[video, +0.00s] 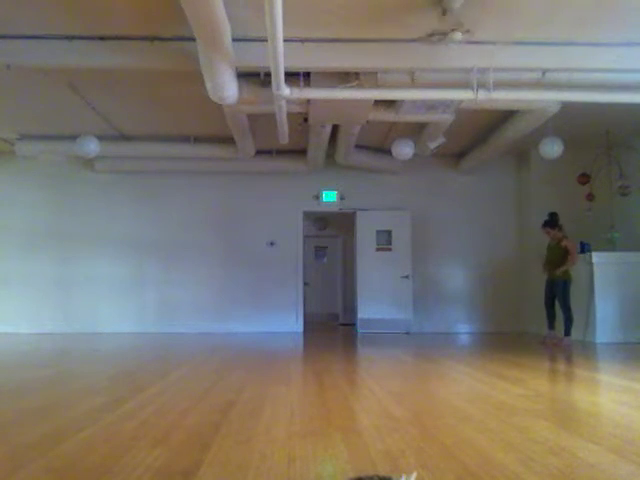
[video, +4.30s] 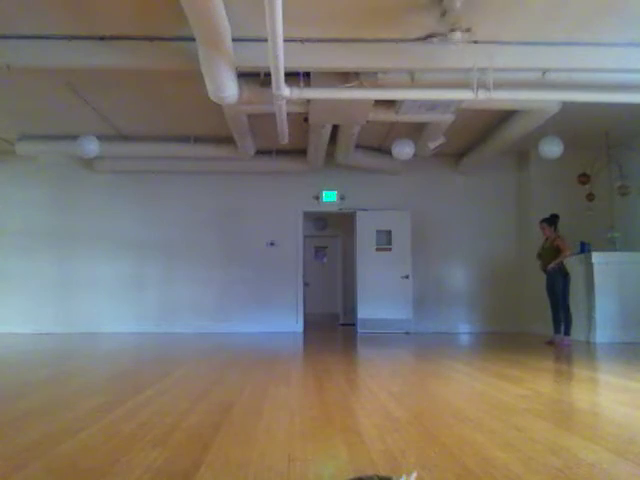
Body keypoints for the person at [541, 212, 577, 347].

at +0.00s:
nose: (548, 235)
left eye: (549, 232)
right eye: (546, 233)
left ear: (555, 229)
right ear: (548, 232)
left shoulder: (566, 242)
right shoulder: (551, 243)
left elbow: (573, 259)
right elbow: (548, 258)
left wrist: (561, 269)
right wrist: (545, 266)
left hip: (562, 276)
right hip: (551, 276)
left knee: (564, 305)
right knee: (549, 303)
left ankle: (567, 336)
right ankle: (551, 332)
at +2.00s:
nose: (539, 239)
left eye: (539, 236)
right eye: (537, 237)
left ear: (545, 232)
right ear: (539, 235)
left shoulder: (558, 240)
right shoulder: (545, 243)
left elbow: (567, 255)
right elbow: (547, 257)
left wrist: (551, 265)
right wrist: (542, 263)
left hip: (560, 273)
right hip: (549, 274)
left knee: (562, 304)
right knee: (553, 304)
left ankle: (566, 335)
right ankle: (557, 334)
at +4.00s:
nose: (542, 231)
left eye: (544, 228)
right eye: (541, 229)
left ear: (551, 228)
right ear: (543, 229)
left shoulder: (559, 240)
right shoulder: (546, 242)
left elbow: (566, 253)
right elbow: (542, 255)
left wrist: (555, 262)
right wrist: (543, 263)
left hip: (560, 273)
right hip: (550, 273)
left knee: (562, 304)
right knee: (553, 305)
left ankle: (566, 336)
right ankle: (556, 334)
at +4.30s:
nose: (542, 232)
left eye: (544, 228)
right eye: (542, 229)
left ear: (552, 228)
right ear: (545, 229)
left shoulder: (558, 240)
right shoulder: (546, 241)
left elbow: (566, 252)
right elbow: (541, 255)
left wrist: (553, 263)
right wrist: (543, 264)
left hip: (560, 273)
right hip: (550, 273)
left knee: (563, 304)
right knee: (554, 305)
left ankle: (566, 336)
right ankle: (556, 335)